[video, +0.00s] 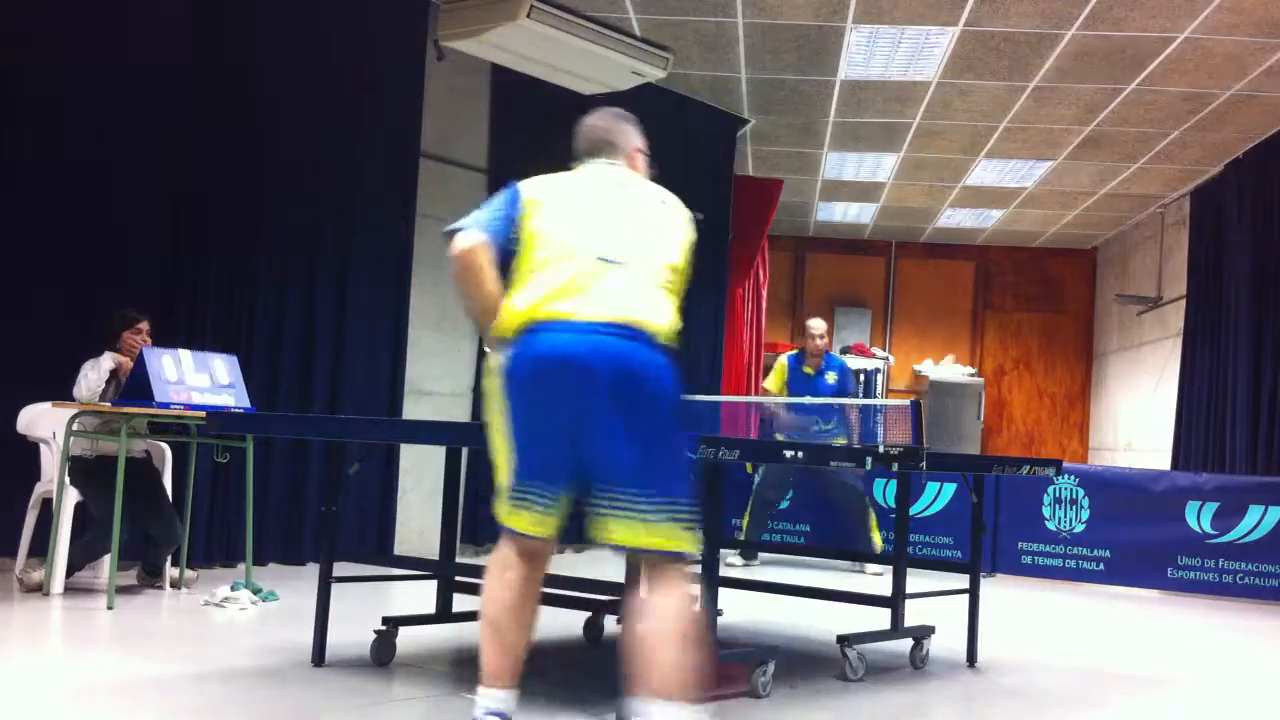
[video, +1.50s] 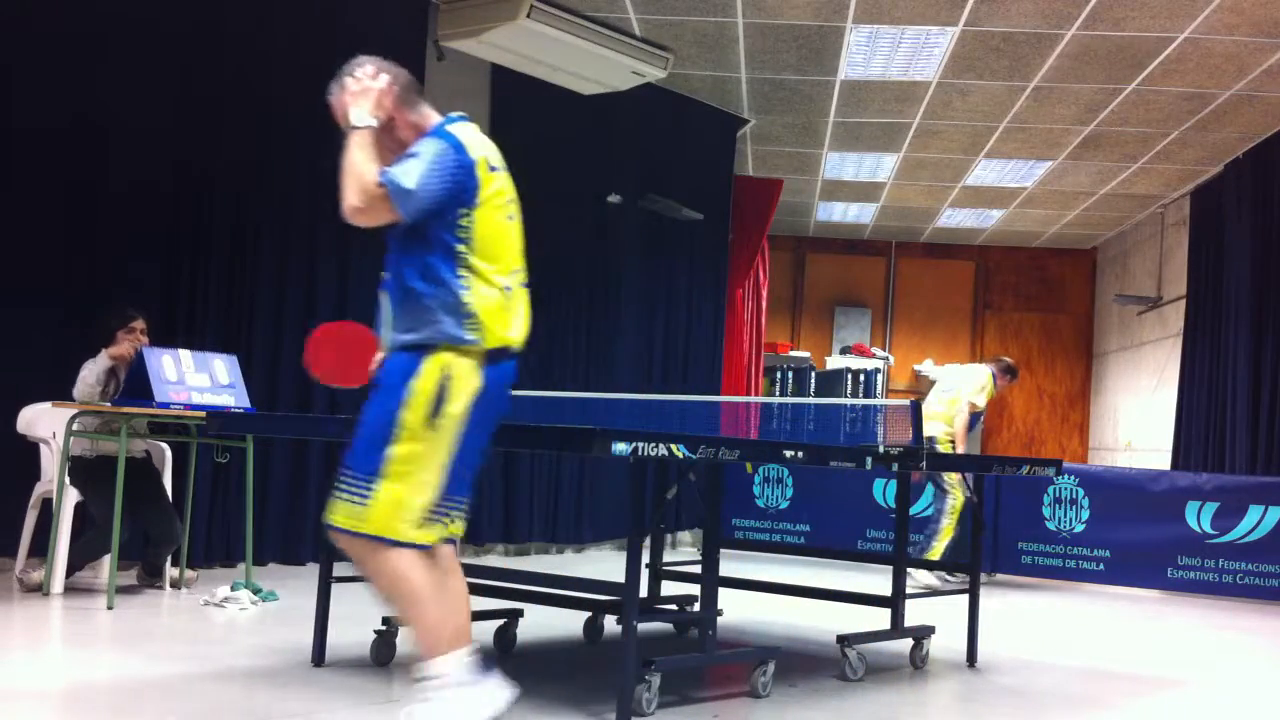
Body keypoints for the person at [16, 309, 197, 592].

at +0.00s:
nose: (143, 339)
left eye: (147, 334)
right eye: (136, 333)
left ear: (150, 340)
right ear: (120, 335)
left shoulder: (153, 370)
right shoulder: (100, 365)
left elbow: (174, 397)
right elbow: (82, 395)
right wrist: (111, 363)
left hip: (134, 458)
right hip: (91, 458)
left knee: (170, 532)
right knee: (111, 529)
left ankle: (152, 571)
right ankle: (53, 573)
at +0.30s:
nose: (143, 339)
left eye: (147, 335)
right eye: (137, 333)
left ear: (150, 339)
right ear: (120, 335)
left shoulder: (152, 370)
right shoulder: (99, 365)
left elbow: (173, 396)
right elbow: (83, 395)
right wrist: (109, 361)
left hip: (134, 458)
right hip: (91, 457)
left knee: (169, 531)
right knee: (110, 529)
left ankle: (152, 571)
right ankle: (53, 572)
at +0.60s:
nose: (144, 340)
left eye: (148, 335)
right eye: (138, 333)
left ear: (150, 339)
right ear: (120, 334)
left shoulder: (152, 370)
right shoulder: (98, 366)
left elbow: (172, 397)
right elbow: (83, 395)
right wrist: (108, 361)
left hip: (134, 457)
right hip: (91, 457)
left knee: (169, 532)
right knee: (110, 530)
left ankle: (152, 572)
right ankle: (53, 572)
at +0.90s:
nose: (141, 340)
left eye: (145, 334)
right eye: (134, 333)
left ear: (149, 340)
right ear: (116, 336)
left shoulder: (152, 371)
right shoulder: (97, 367)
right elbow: (83, 395)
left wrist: (148, 369)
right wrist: (113, 368)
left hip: (134, 458)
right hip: (91, 458)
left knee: (169, 531)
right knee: (110, 530)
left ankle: (152, 572)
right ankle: (53, 573)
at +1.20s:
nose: (139, 339)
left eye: (144, 334)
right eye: (132, 332)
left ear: (149, 339)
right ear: (115, 336)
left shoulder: (153, 371)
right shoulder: (96, 367)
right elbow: (83, 394)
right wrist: (117, 367)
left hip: (134, 458)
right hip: (91, 457)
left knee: (169, 532)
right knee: (111, 530)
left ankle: (151, 572)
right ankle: (53, 573)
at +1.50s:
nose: (139, 338)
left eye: (143, 332)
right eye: (131, 332)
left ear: (148, 337)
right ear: (114, 336)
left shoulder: (151, 370)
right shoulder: (98, 367)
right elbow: (83, 396)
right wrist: (107, 357)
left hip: (134, 457)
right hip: (91, 457)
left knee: (169, 532)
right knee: (113, 530)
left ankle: (152, 572)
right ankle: (53, 573)